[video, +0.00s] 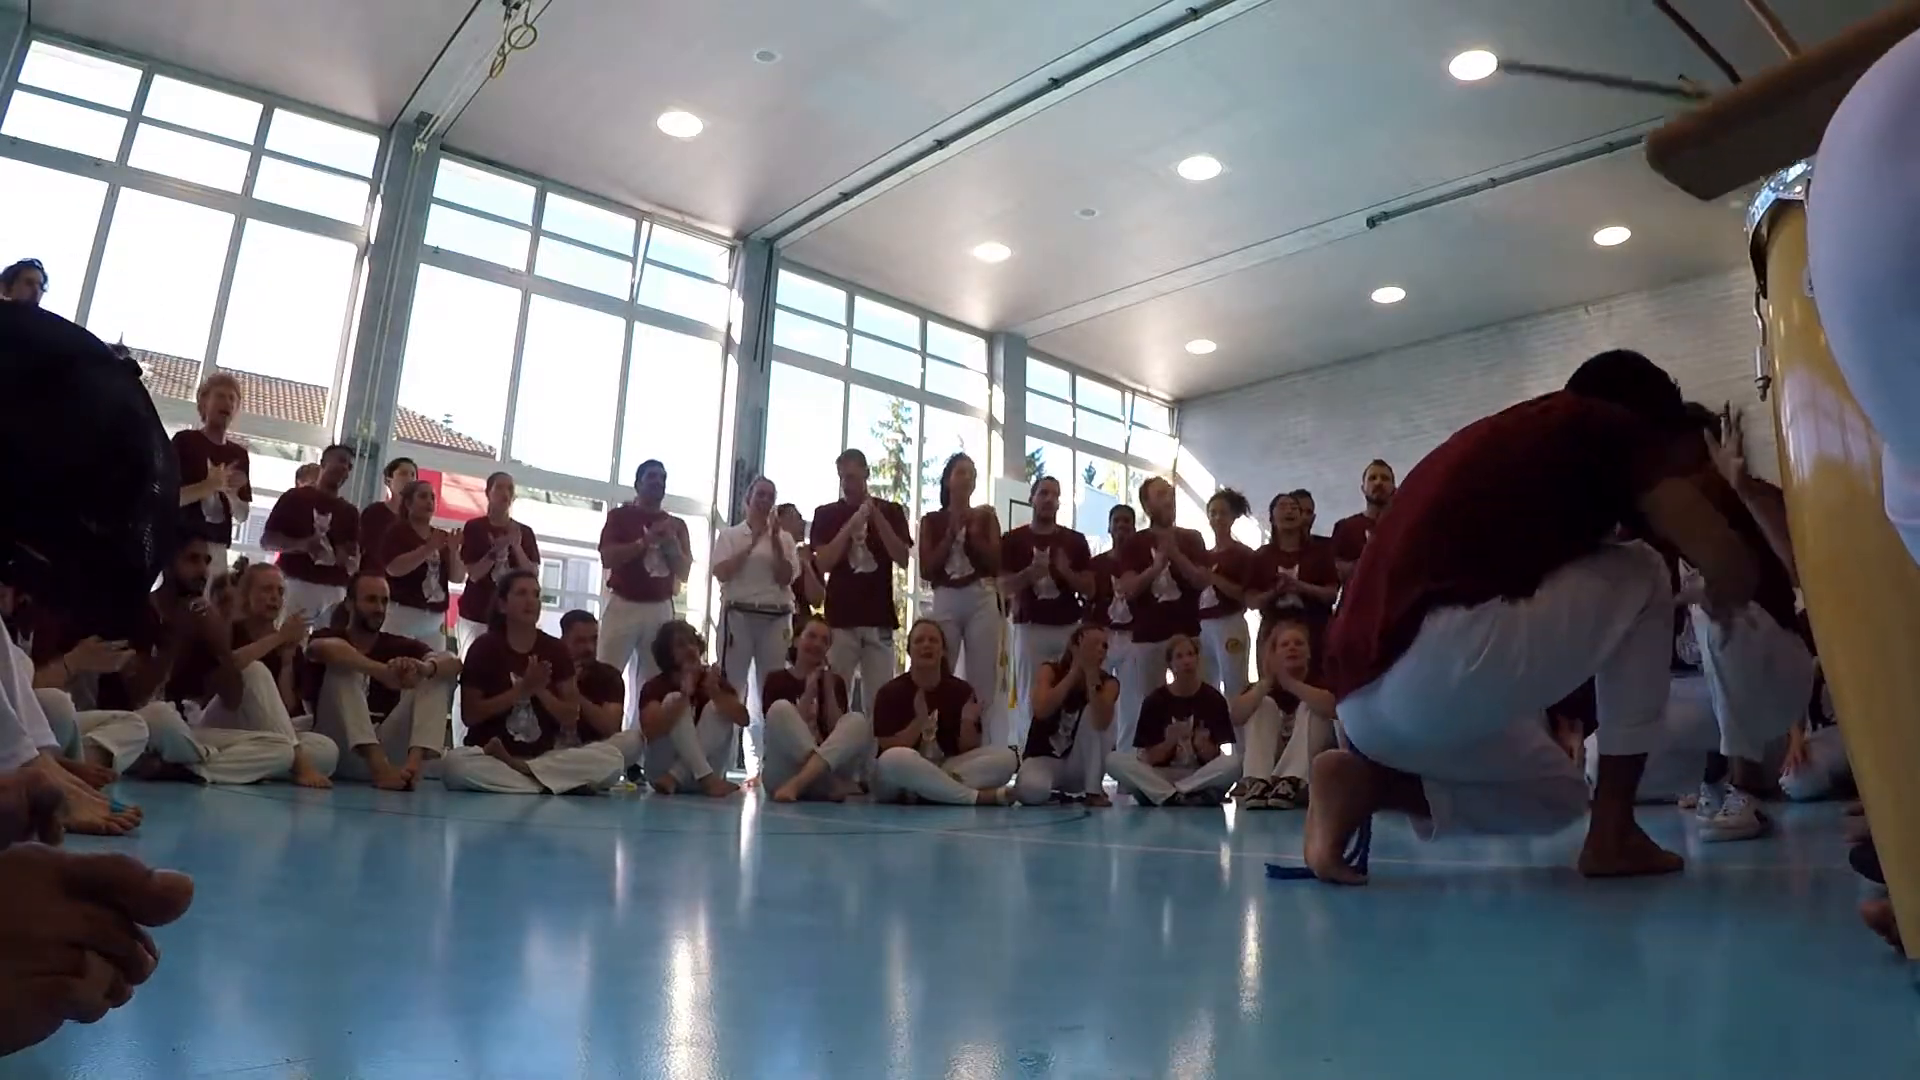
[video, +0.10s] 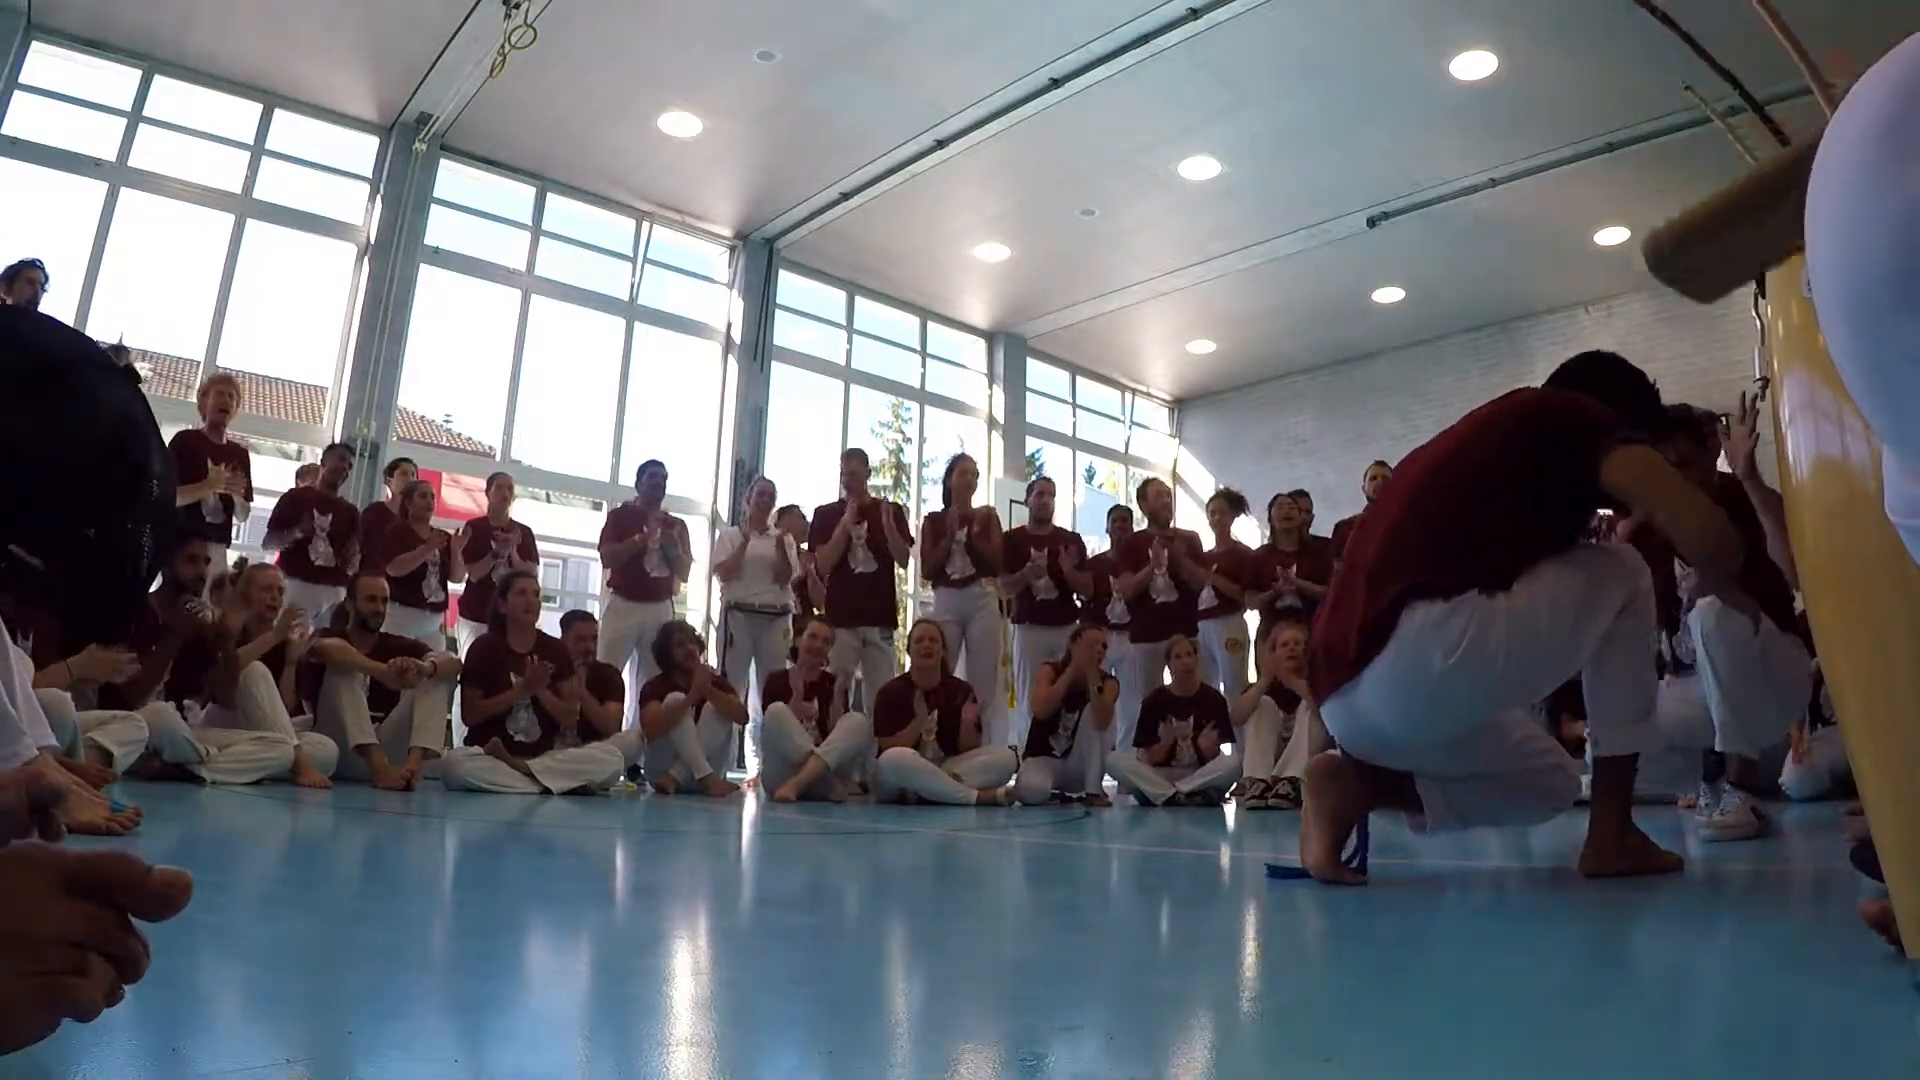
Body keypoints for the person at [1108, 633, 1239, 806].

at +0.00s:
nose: (1186, 660)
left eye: (1190, 654)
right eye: (1179, 656)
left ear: (1197, 658)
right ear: (1170, 665)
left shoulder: (1214, 698)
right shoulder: (1155, 700)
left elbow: (1214, 756)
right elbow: (1146, 757)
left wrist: (1202, 744)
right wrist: (1169, 744)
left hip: (1200, 771)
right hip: (1162, 772)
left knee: (1232, 763)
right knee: (1114, 760)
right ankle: (1173, 796)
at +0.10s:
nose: (1185, 661)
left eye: (1189, 655)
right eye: (1178, 657)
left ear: (1196, 659)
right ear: (1169, 664)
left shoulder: (1214, 698)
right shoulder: (1154, 700)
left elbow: (1214, 758)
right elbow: (1146, 759)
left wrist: (1207, 749)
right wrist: (1165, 744)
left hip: (1199, 772)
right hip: (1161, 773)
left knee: (1232, 763)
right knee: (1113, 760)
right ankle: (1173, 796)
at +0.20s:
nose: (1186, 661)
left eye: (1190, 655)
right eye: (1179, 657)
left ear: (1197, 660)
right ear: (1169, 665)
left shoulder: (1214, 699)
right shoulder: (1154, 701)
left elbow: (1212, 754)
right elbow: (1147, 757)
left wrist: (1195, 741)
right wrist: (1179, 744)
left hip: (1200, 772)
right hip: (1161, 773)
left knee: (1233, 763)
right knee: (1114, 759)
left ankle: (1170, 793)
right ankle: (1173, 797)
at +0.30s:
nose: (1185, 661)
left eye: (1190, 655)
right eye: (1178, 657)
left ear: (1197, 660)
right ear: (1167, 665)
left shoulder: (1214, 699)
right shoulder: (1153, 701)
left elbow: (1211, 755)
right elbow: (1150, 758)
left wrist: (1194, 741)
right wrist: (1180, 743)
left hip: (1199, 772)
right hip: (1161, 772)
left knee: (1233, 763)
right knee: (1114, 759)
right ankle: (1173, 796)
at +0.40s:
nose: (1186, 661)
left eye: (1189, 655)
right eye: (1178, 657)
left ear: (1197, 659)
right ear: (1167, 665)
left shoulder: (1214, 698)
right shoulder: (1153, 701)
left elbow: (1216, 757)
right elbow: (1146, 758)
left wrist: (1208, 748)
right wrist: (1168, 743)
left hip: (1200, 773)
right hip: (1161, 774)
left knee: (1233, 763)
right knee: (1114, 759)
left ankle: (1171, 793)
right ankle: (1173, 796)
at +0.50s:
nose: (1183, 665)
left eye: (1186, 659)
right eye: (1178, 659)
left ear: (1193, 664)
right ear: (1166, 665)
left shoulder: (1206, 698)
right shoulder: (1153, 701)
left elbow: (1212, 755)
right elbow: (1147, 758)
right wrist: (1168, 742)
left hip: (1199, 772)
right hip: (1161, 774)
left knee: (1235, 761)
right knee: (1114, 759)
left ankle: (1170, 794)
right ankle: (1173, 797)